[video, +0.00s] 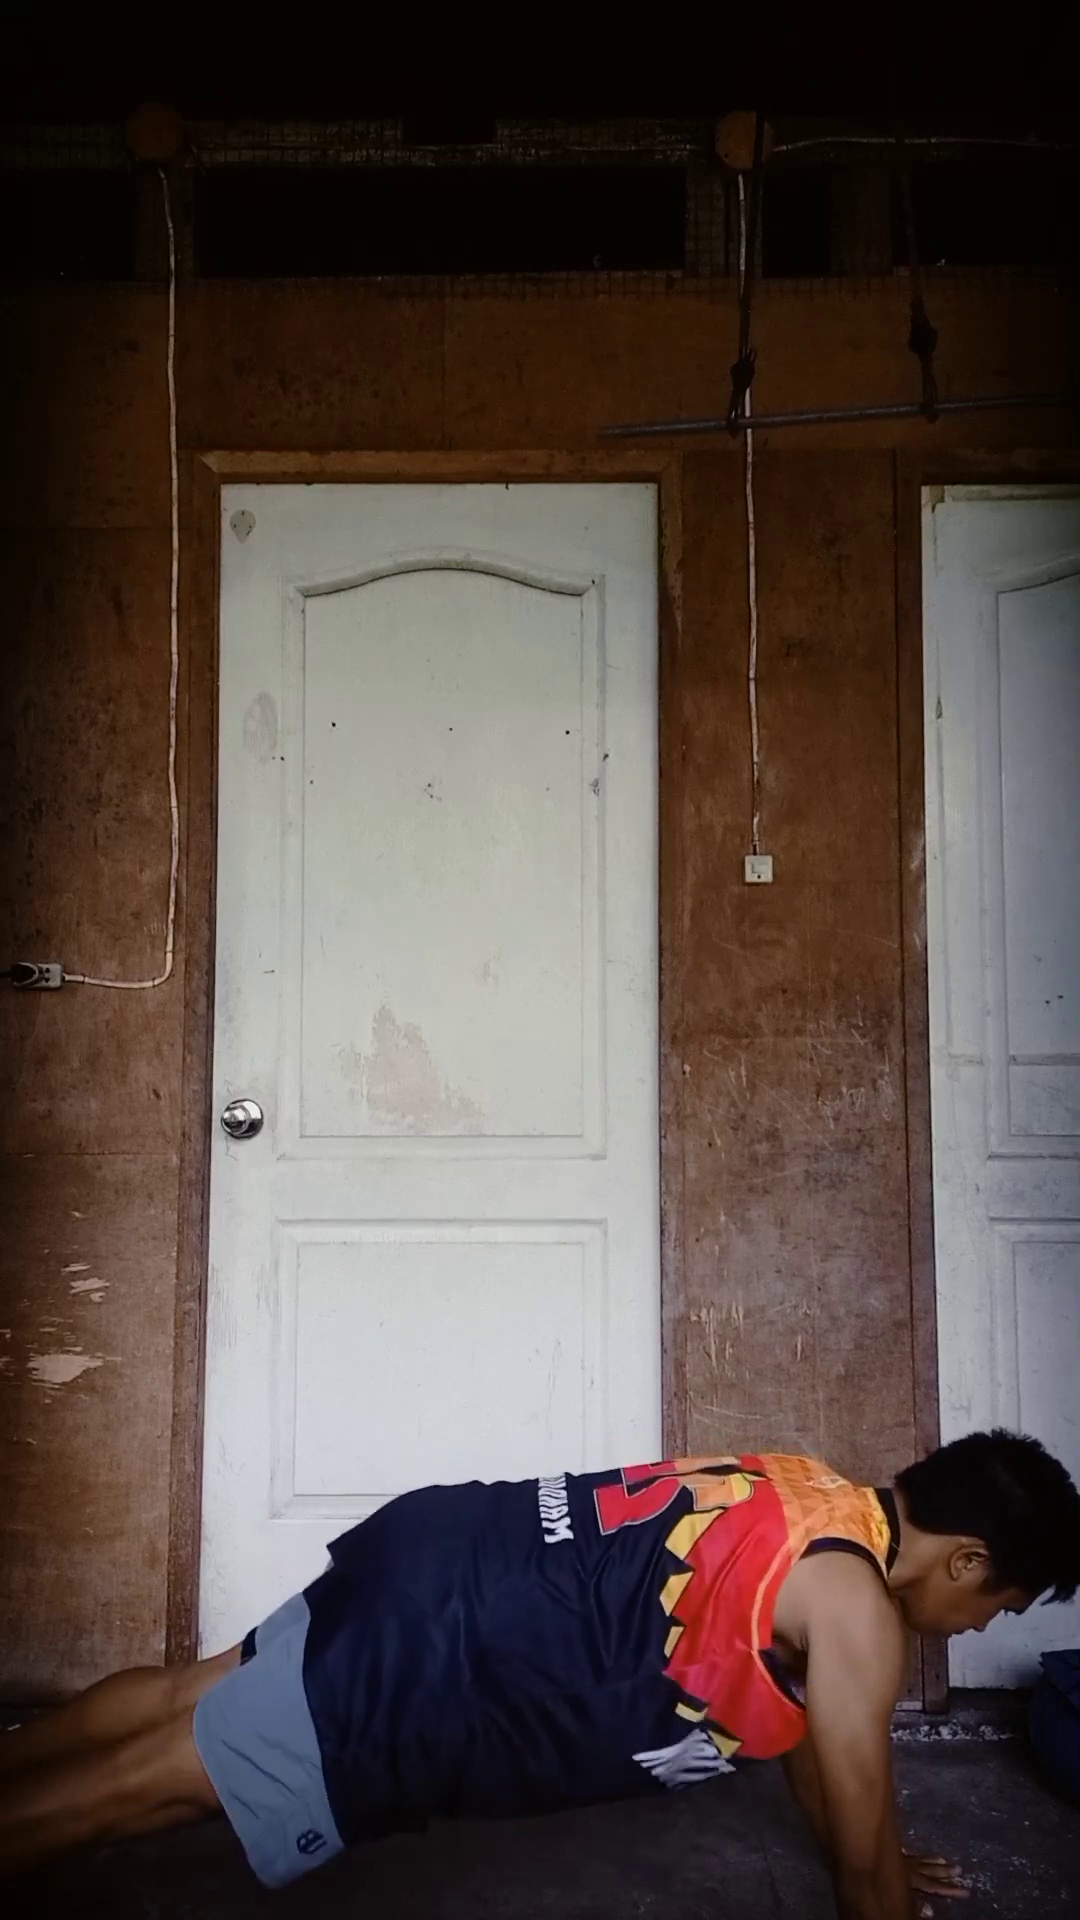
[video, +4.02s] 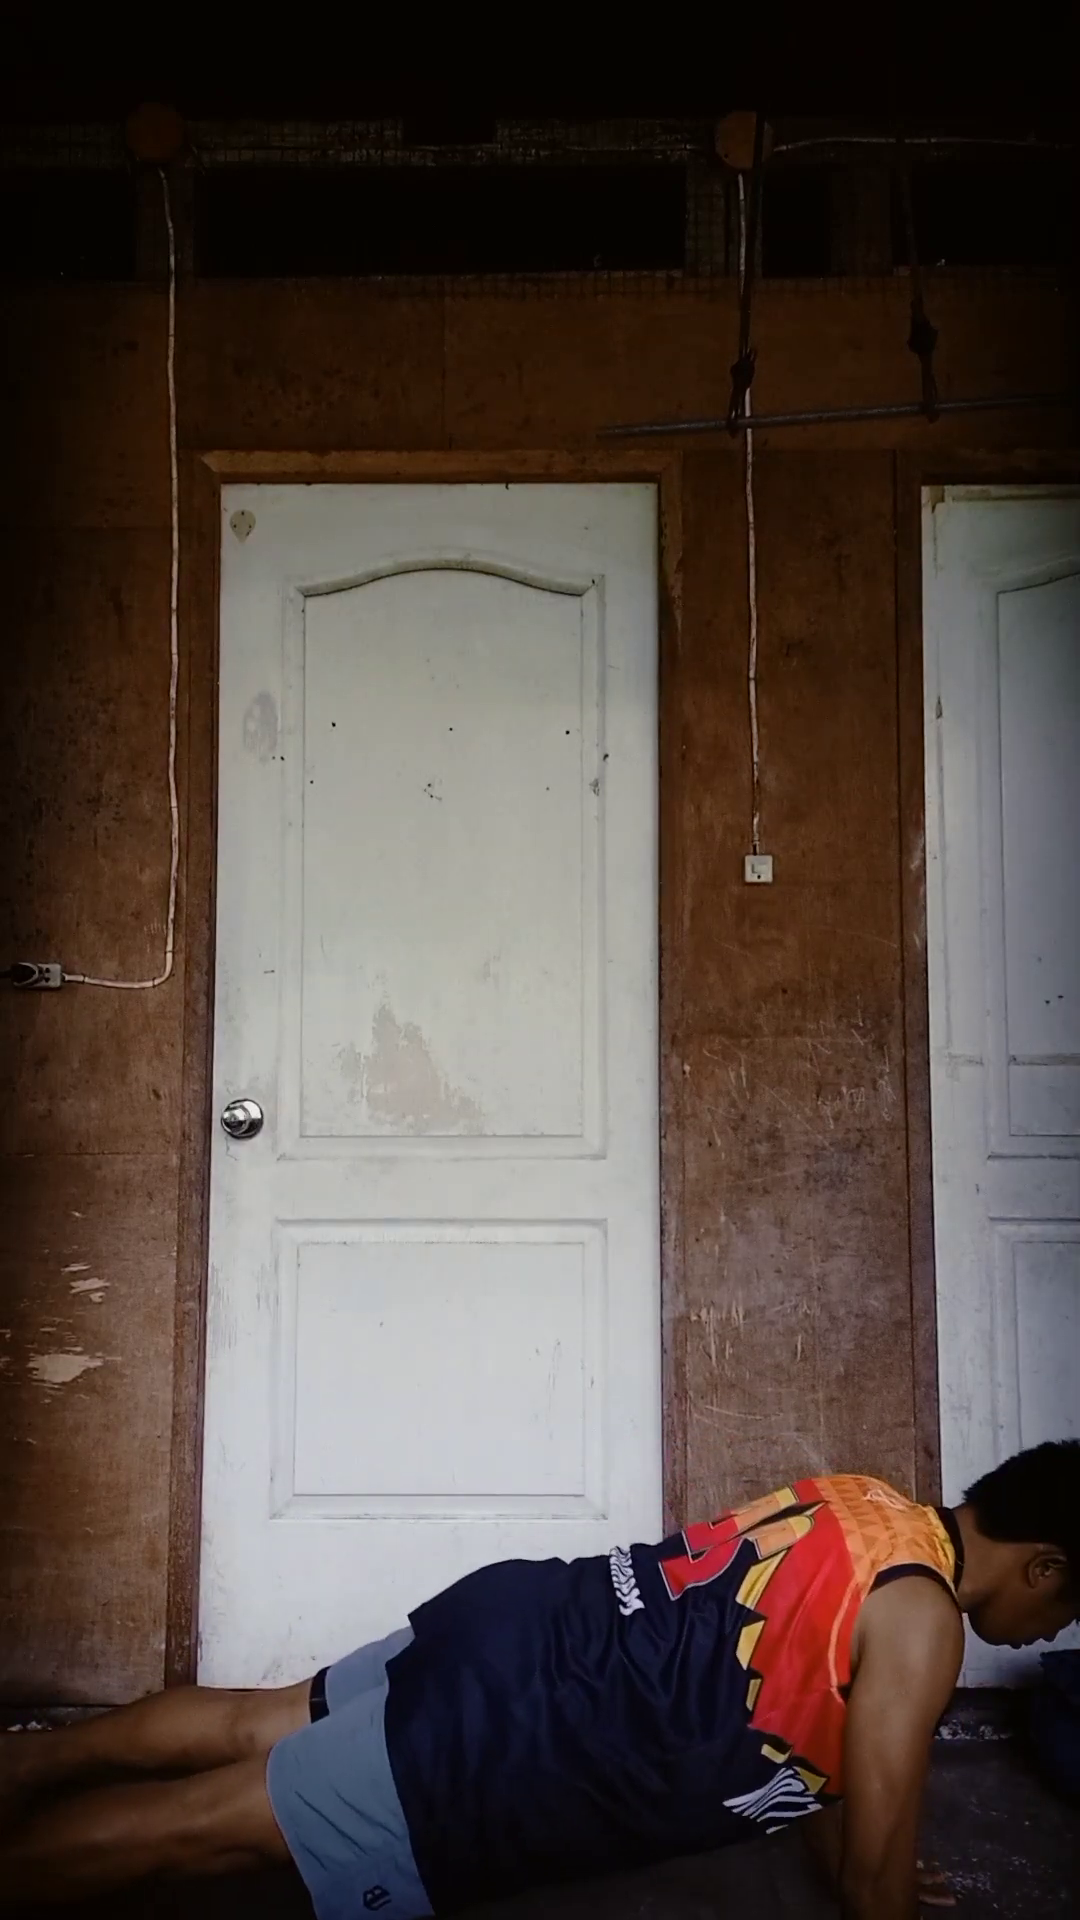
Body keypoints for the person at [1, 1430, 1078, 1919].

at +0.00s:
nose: (981, 1626)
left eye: (1004, 1609)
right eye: (998, 1602)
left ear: (933, 1493)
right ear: (967, 1559)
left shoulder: (812, 1484)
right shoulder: (852, 1617)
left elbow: (809, 1710)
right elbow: (871, 1877)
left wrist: (884, 1849)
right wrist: (916, 1897)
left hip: (442, 1538)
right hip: (448, 1645)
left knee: (187, 1690)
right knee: (140, 1787)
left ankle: (0, 1770)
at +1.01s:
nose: (999, 1633)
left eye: (1020, 1615)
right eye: (1015, 1610)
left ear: (947, 1500)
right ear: (977, 1563)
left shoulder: (827, 1487)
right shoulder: (865, 1622)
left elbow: (799, 1701)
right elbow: (866, 1879)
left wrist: (870, 1845)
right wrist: (906, 1894)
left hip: (459, 1563)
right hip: (452, 1676)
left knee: (213, 1696)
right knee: (153, 1800)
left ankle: (5, 1767)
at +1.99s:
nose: (1017, 1666)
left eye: (1032, 1648)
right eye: (1033, 1647)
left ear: (976, 1542)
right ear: (1005, 1603)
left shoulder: (845, 1521)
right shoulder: (896, 1651)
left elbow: (754, 1680)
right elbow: (844, 1882)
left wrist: (843, 1816)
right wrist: (886, 1870)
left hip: (485, 1601)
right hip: (485, 1714)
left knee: (228, 1716)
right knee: (176, 1820)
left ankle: (2, 1766)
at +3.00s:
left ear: (1043, 1637)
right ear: (1079, 1714)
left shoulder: (924, 1622)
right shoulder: (992, 1766)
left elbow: (781, 1698)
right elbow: (845, 1897)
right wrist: (947, 1886)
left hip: (577, 1678)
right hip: (569, 1812)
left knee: (295, 1754)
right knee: (238, 1866)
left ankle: (42, 1761)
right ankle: (30, 1867)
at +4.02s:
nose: (1044, 1625)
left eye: (1059, 1608)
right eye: (1061, 1602)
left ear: (996, 1506)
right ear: (1034, 1564)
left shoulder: (861, 1494)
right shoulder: (918, 1624)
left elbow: (773, 1672)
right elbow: (872, 1881)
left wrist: (860, 1812)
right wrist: (910, 1889)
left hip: (513, 1609)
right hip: (512, 1735)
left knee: (284, 1715)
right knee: (212, 1824)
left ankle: (25, 1761)